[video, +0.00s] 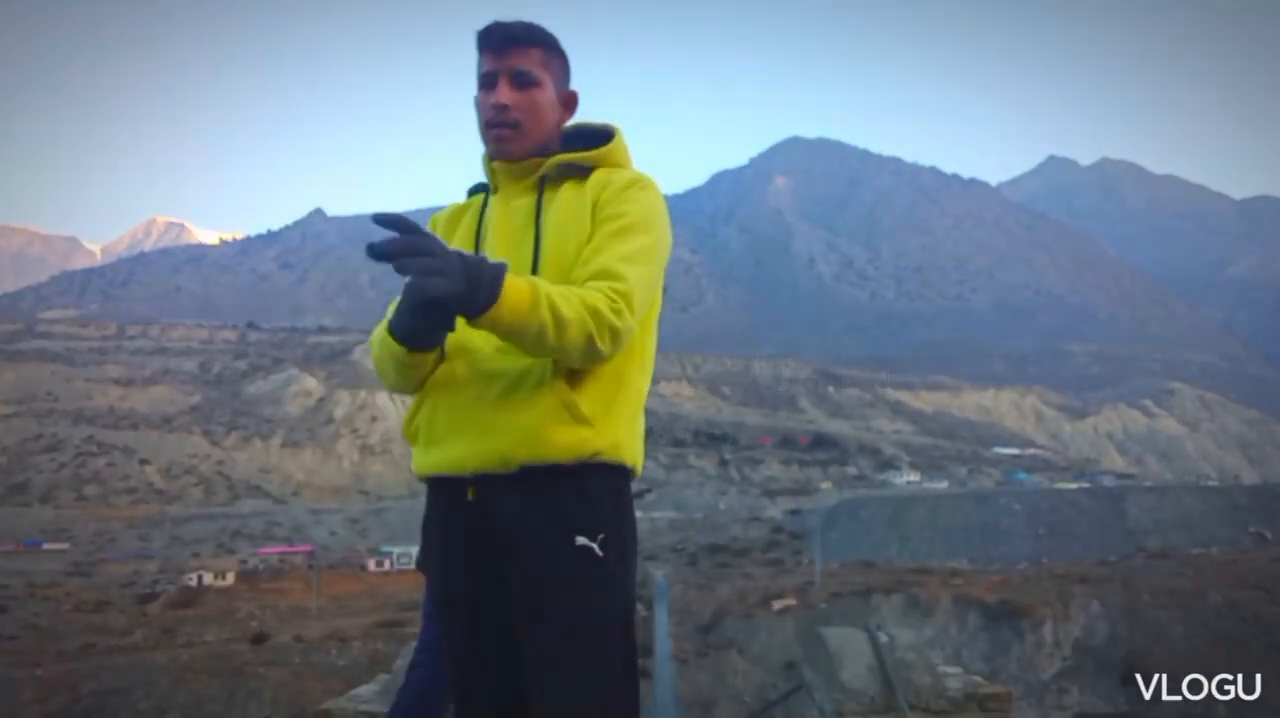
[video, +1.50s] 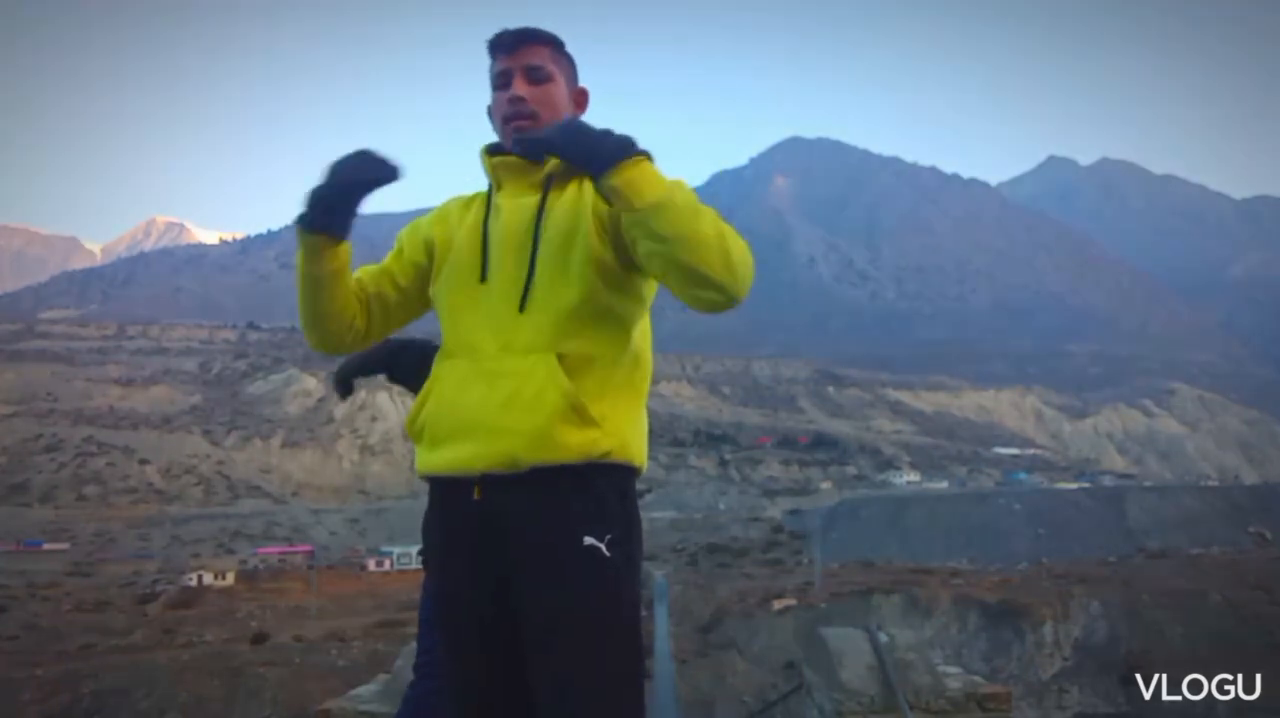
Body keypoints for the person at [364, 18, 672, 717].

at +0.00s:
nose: (498, 96)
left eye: (522, 81)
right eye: (488, 81)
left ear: (566, 102)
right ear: (474, 98)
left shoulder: (621, 195)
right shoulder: (449, 225)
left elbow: (598, 326)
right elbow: (394, 373)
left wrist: (481, 285)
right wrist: (422, 313)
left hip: (572, 501)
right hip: (459, 504)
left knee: (581, 698)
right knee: (473, 697)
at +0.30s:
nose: (489, 93)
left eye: (511, 76)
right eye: (477, 80)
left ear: (558, 93)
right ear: (466, 99)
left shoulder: (618, 193)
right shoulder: (442, 228)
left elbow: (692, 309)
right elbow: (369, 346)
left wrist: (606, 170)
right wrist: (376, 244)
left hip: (574, 493)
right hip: (457, 496)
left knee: (583, 697)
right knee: (476, 696)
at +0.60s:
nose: (482, 99)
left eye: (503, 79)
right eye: (469, 85)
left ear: (553, 95)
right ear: (461, 110)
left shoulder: (620, 184)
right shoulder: (445, 202)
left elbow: (723, 95)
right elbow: (334, 152)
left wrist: (623, 89)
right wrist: (454, 120)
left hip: (574, 492)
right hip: (457, 496)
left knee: (585, 699)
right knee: (474, 698)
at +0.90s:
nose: (497, 84)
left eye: (522, 70)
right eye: (488, 72)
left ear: (568, 100)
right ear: (480, 98)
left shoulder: (615, 191)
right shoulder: (449, 210)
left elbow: (706, 123)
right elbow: (322, 179)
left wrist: (611, 97)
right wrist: (443, 134)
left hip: (575, 501)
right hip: (458, 503)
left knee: (586, 702)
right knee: (468, 699)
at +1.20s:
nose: (520, 85)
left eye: (543, 74)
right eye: (509, 77)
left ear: (584, 100)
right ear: (496, 103)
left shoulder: (631, 190)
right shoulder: (460, 218)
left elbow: (610, 259)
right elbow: (335, 273)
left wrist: (557, 156)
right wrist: (435, 182)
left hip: (578, 497)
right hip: (462, 498)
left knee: (585, 695)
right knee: (452, 693)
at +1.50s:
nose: (516, 92)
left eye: (537, 77)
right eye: (502, 82)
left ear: (577, 98)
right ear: (489, 106)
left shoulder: (611, 196)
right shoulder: (449, 223)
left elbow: (725, 283)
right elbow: (337, 328)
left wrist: (622, 167)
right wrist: (325, 227)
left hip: (579, 498)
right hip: (460, 501)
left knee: (589, 697)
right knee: (458, 695)